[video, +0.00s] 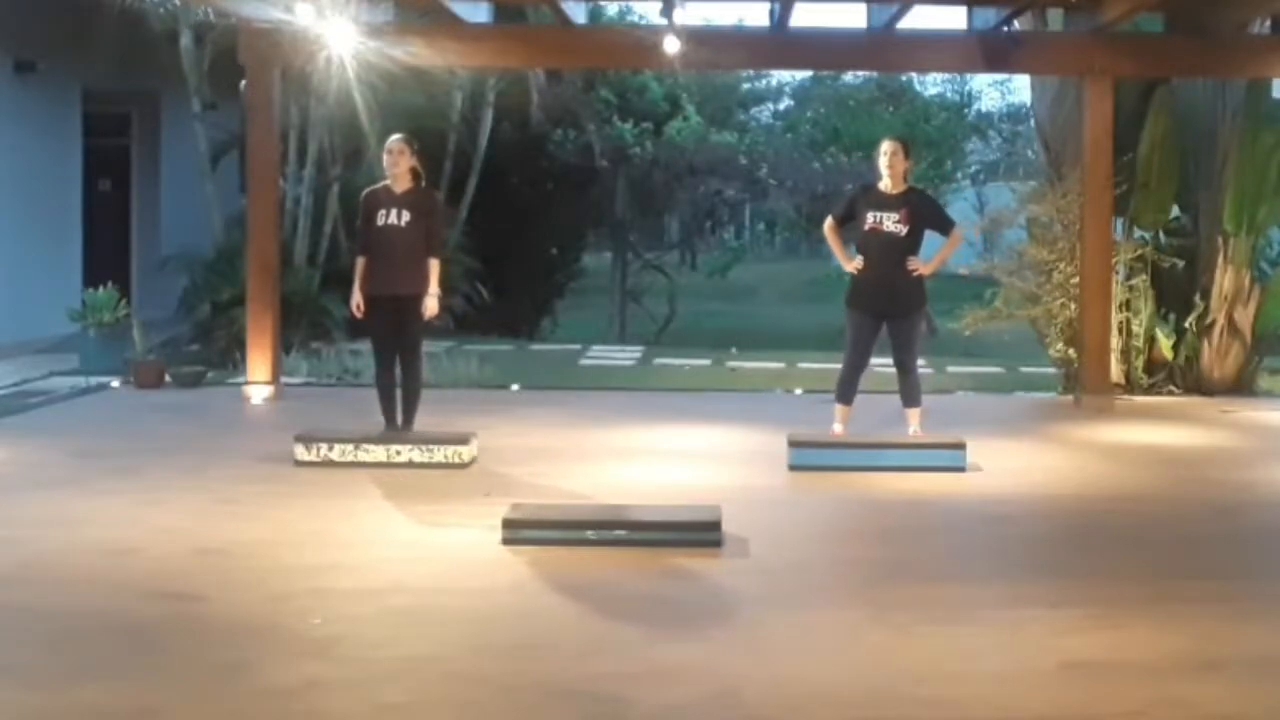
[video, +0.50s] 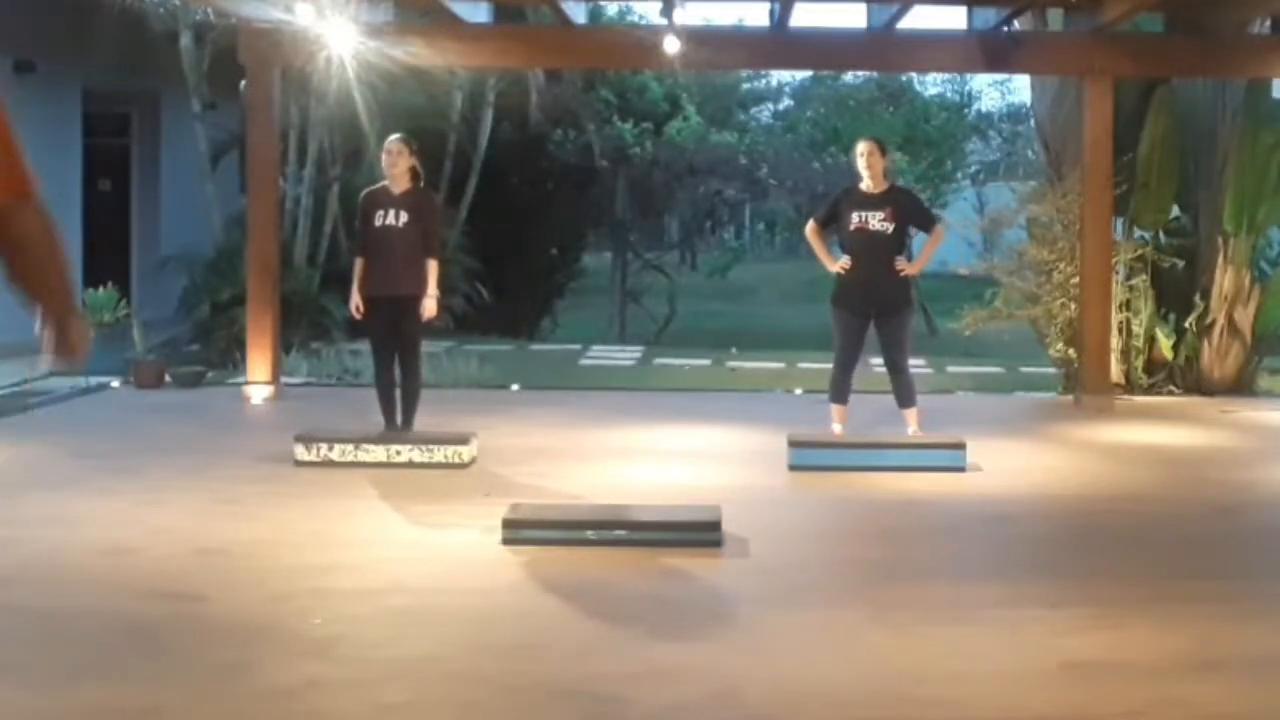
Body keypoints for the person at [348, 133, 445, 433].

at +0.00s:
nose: (392, 159)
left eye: (399, 153)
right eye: (388, 153)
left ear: (413, 159)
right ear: (382, 158)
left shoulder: (428, 199)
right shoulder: (371, 197)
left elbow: (434, 249)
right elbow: (363, 247)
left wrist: (432, 291)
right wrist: (356, 287)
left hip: (412, 294)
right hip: (378, 294)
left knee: (410, 361)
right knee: (384, 361)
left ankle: (407, 424)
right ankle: (389, 423)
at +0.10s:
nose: (392, 159)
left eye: (399, 153)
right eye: (388, 153)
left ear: (413, 159)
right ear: (382, 157)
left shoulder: (428, 199)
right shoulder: (370, 197)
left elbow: (433, 249)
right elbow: (362, 247)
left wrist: (432, 291)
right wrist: (356, 288)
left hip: (411, 294)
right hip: (377, 294)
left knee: (410, 362)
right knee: (383, 362)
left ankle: (407, 424)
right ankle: (389, 422)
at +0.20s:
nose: (392, 159)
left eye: (399, 153)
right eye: (388, 153)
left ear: (412, 159)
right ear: (382, 157)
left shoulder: (426, 199)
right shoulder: (370, 197)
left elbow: (433, 249)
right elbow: (362, 247)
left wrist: (431, 291)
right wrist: (356, 288)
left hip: (411, 295)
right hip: (377, 294)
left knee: (410, 362)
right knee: (383, 363)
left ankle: (407, 425)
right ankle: (389, 423)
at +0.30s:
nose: (391, 159)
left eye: (399, 153)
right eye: (387, 153)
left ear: (412, 159)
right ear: (382, 157)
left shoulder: (426, 200)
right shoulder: (370, 198)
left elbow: (432, 250)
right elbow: (362, 247)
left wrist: (431, 292)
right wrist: (355, 288)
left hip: (411, 295)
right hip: (377, 294)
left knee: (410, 363)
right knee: (383, 363)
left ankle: (407, 425)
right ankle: (389, 424)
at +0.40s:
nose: (391, 159)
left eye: (398, 153)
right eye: (387, 153)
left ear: (412, 159)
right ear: (381, 158)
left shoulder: (426, 200)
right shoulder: (370, 198)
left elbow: (432, 250)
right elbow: (361, 248)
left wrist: (431, 292)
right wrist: (355, 288)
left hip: (411, 295)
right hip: (377, 295)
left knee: (410, 363)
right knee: (383, 363)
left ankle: (407, 425)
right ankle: (389, 424)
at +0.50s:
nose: (390, 159)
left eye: (397, 154)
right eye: (386, 153)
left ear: (411, 159)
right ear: (381, 158)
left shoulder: (425, 199)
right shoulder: (370, 198)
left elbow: (432, 249)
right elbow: (361, 248)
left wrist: (431, 292)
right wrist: (355, 288)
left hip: (410, 295)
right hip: (377, 295)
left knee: (409, 363)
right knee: (383, 364)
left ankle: (407, 425)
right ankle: (389, 424)